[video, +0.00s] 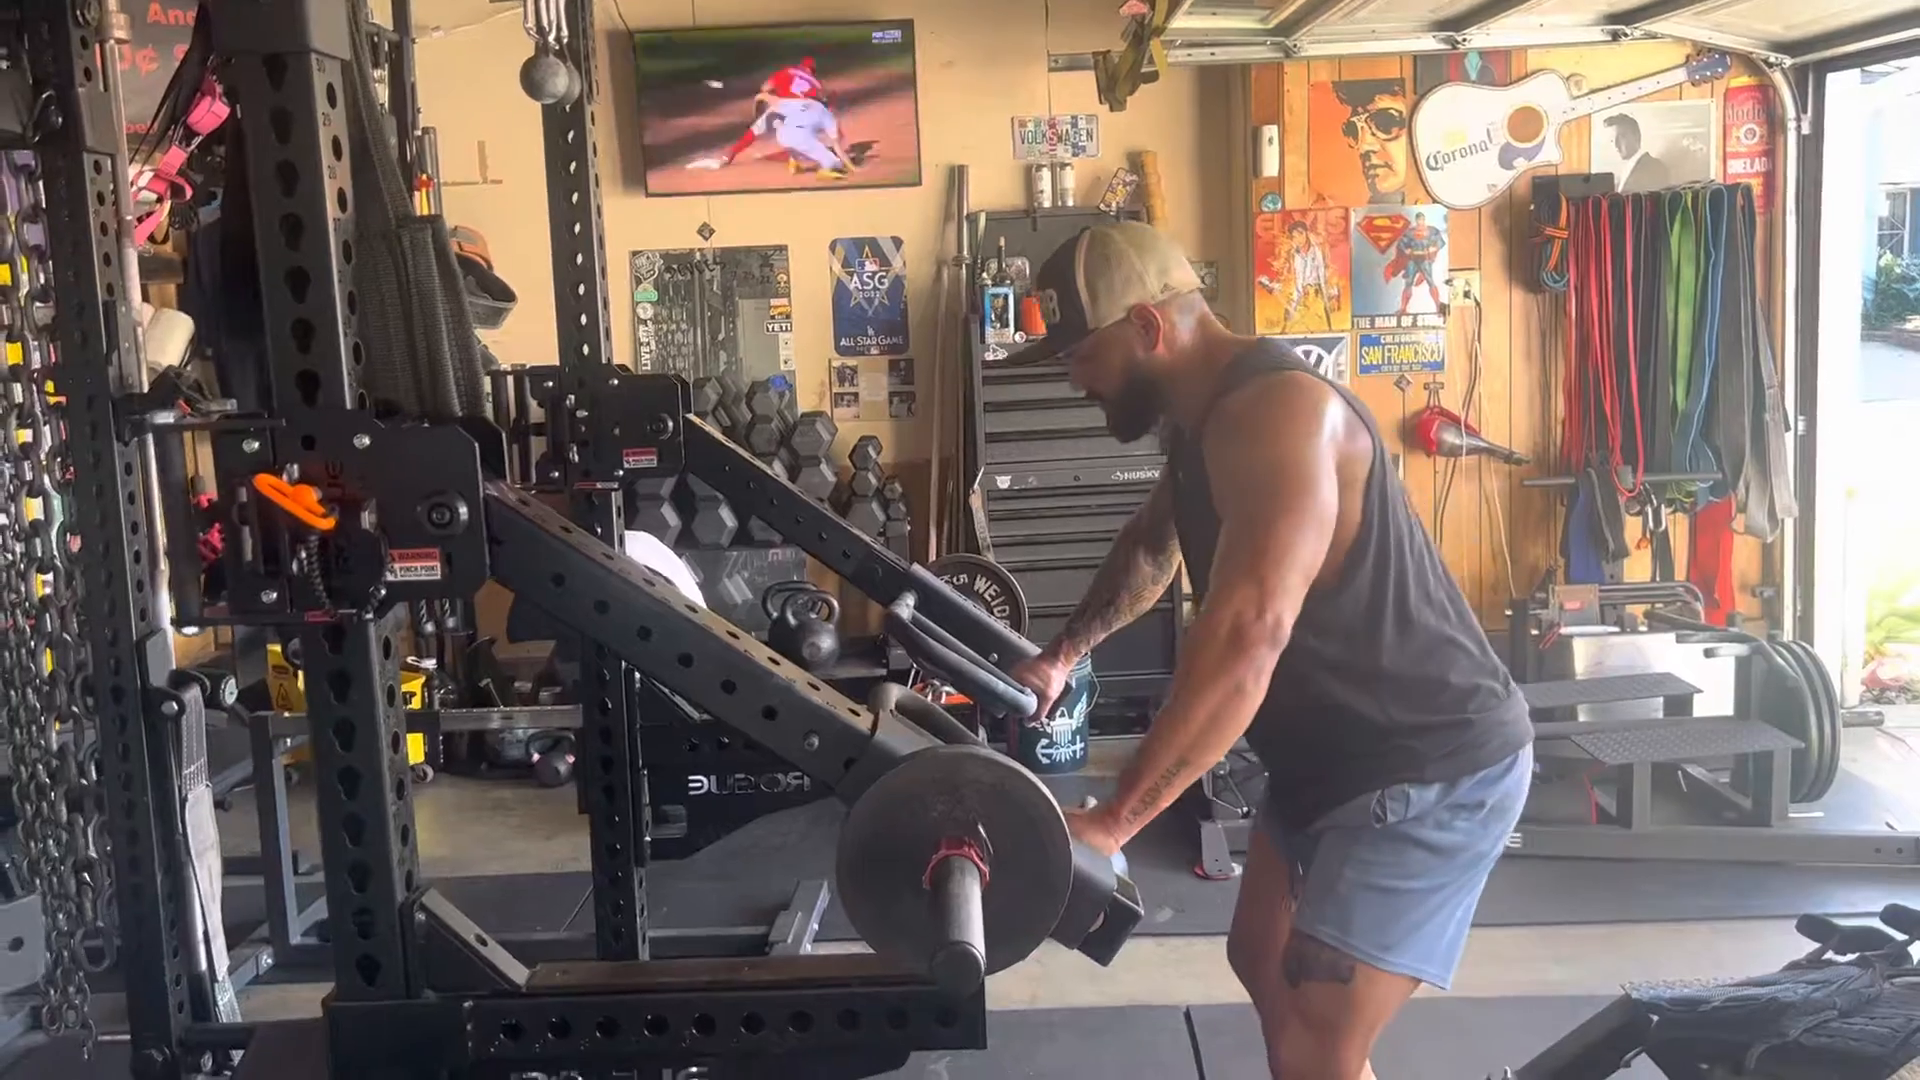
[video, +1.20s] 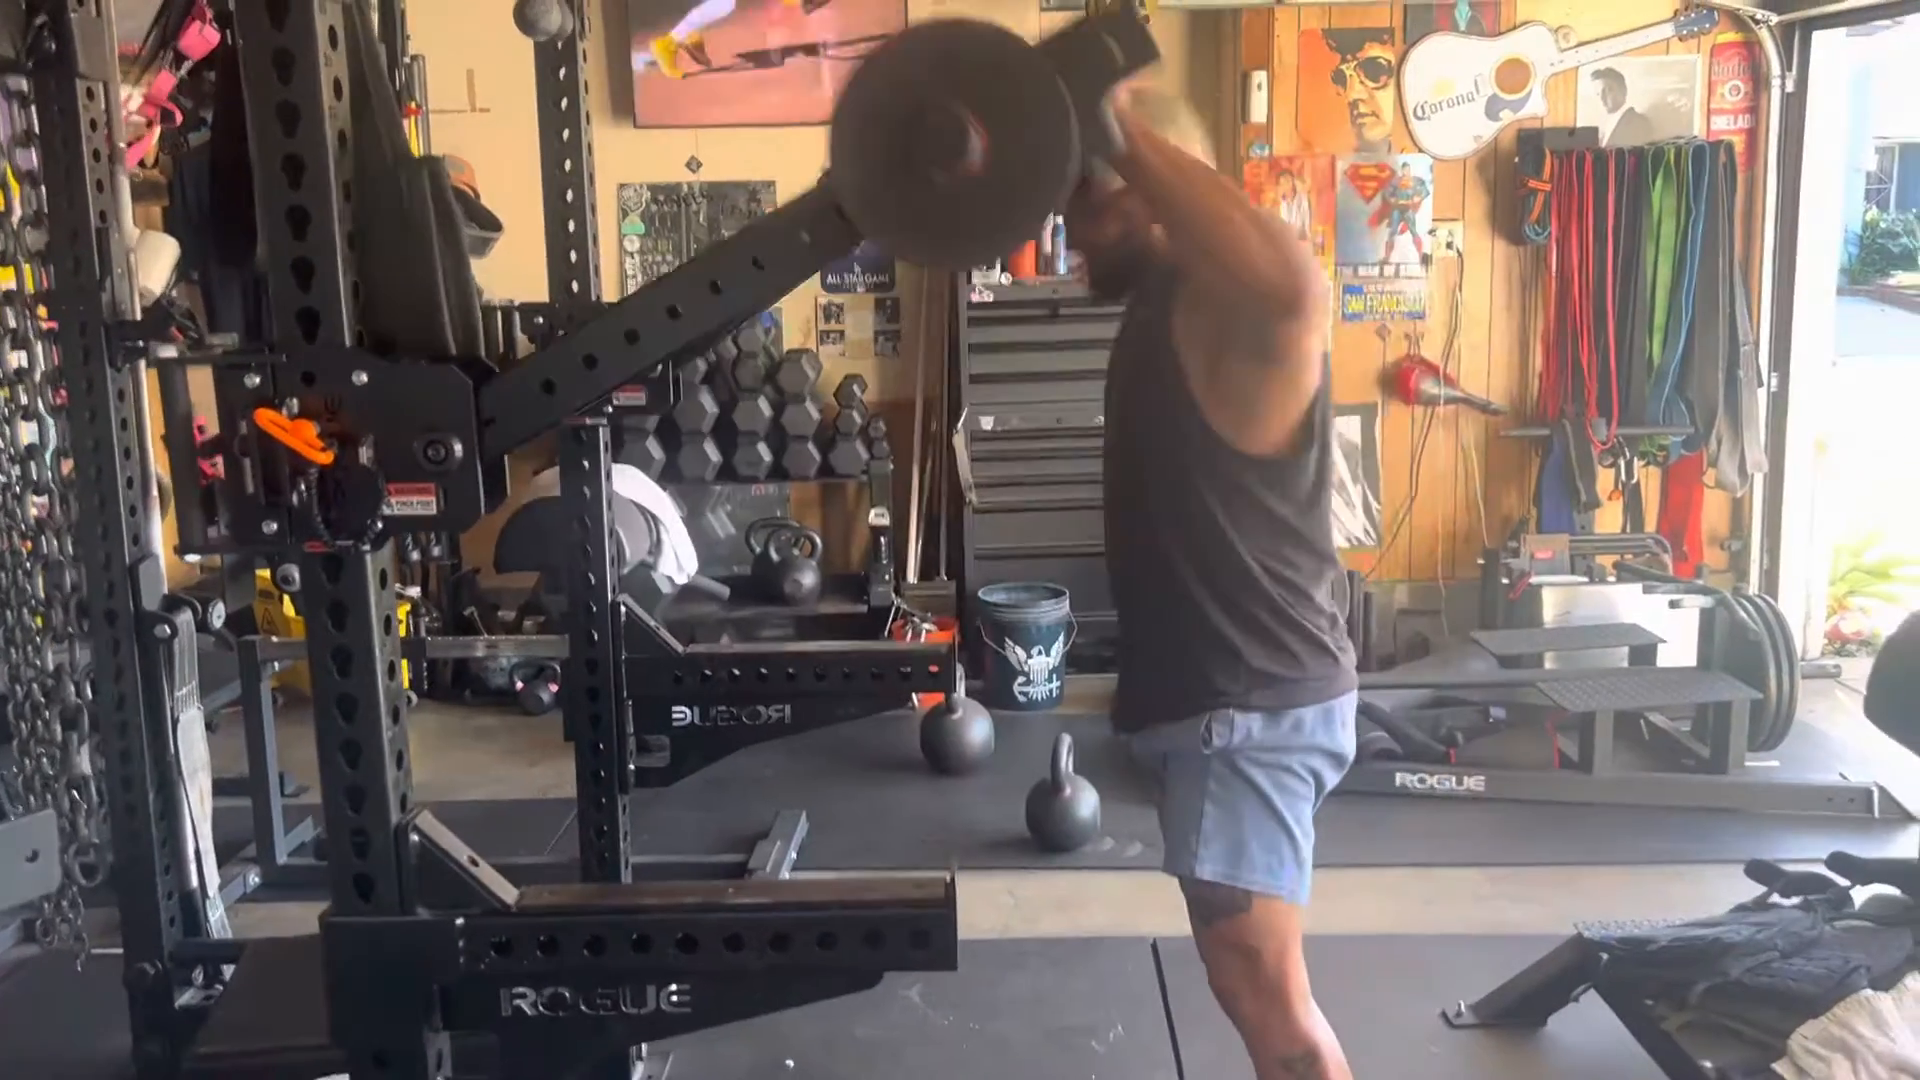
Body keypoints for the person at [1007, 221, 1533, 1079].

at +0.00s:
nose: (1072, 378)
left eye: (1080, 349)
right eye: (1065, 357)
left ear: (1152, 326)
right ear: (1155, 328)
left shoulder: (1277, 407)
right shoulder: (1208, 414)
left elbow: (1250, 629)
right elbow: (1154, 542)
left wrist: (1117, 818)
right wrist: (1063, 655)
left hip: (1428, 764)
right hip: (1332, 757)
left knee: (1319, 1045)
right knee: (1263, 958)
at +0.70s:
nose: (1207, 295)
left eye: (1223, 271)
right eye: (1207, 271)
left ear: (1302, 283)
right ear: (1297, 287)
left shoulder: (1391, 398)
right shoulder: (1298, 388)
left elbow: (1285, 590)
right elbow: (1209, 519)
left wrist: (1125, 744)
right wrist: (1084, 609)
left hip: (1484, 748)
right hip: (1379, 730)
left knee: (1316, 1009)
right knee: (1266, 900)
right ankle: (1341, 1061)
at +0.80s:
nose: (1273, 224)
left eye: (1294, 204)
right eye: (1278, 202)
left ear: (1376, 223)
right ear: (1366, 225)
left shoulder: (1444, 349)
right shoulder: (1352, 338)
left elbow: (1347, 525)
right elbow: (1249, 458)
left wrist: (1162, 642)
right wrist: (1122, 531)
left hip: (1462, 725)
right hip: (1365, 704)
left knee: (1313, 995)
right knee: (1257, 885)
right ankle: (1332, 1058)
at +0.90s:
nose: (1273, 190)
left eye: (1292, 170)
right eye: (1277, 169)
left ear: (1374, 177)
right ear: (1364, 181)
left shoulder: (1441, 291)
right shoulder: (1354, 291)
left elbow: (1457, 427)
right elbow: (1294, 380)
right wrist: (1180, 392)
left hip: (1384, 691)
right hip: (1296, 669)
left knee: (1289, 978)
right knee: (1234, 879)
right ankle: (1320, 1056)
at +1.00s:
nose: (1223, 179)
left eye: (1244, 158)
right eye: (1225, 157)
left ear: (1320, 168)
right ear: (1313, 169)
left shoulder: (1402, 272)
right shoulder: (1297, 283)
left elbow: (1482, 356)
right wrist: (1118, 286)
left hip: (1302, 690)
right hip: (1249, 678)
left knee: (1285, 971)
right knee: (1275, 959)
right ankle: (1311, 1064)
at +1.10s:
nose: (1166, 203)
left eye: (1179, 180)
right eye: (1161, 181)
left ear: (1239, 176)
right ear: (1247, 175)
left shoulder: (1294, 278)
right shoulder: (1227, 282)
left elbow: (1395, 335)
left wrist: (1223, 231)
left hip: (1263, 701)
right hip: (1225, 691)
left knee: (1272, 988)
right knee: (1265, 978)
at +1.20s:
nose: (1069, 234)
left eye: (1084, 206)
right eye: (1066, 210)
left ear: (1143, 194)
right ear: (1128, 201)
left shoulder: (1244, 295)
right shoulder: (1163, 297)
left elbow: (1294, 290)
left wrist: (1125, 125)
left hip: (1253, 709)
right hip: (1213, 699)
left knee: (1264, 993)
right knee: (1255, 984)